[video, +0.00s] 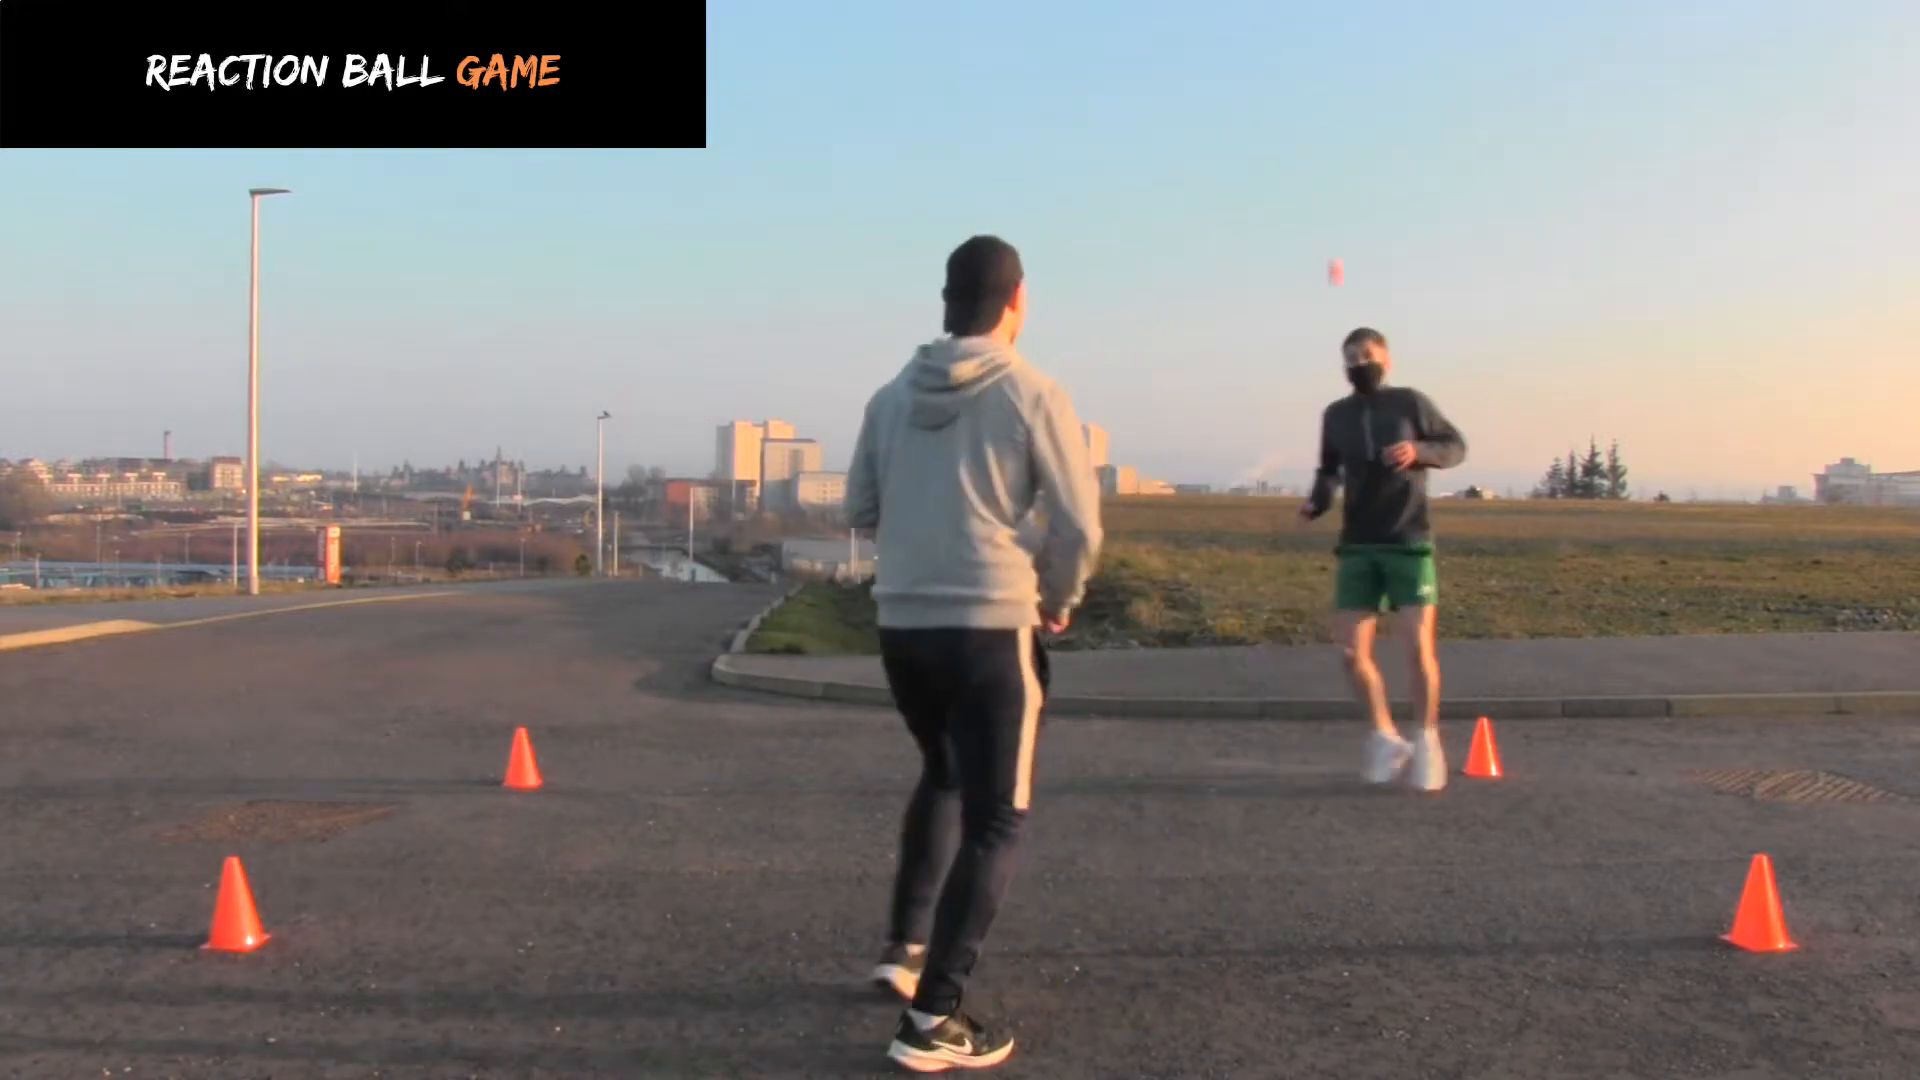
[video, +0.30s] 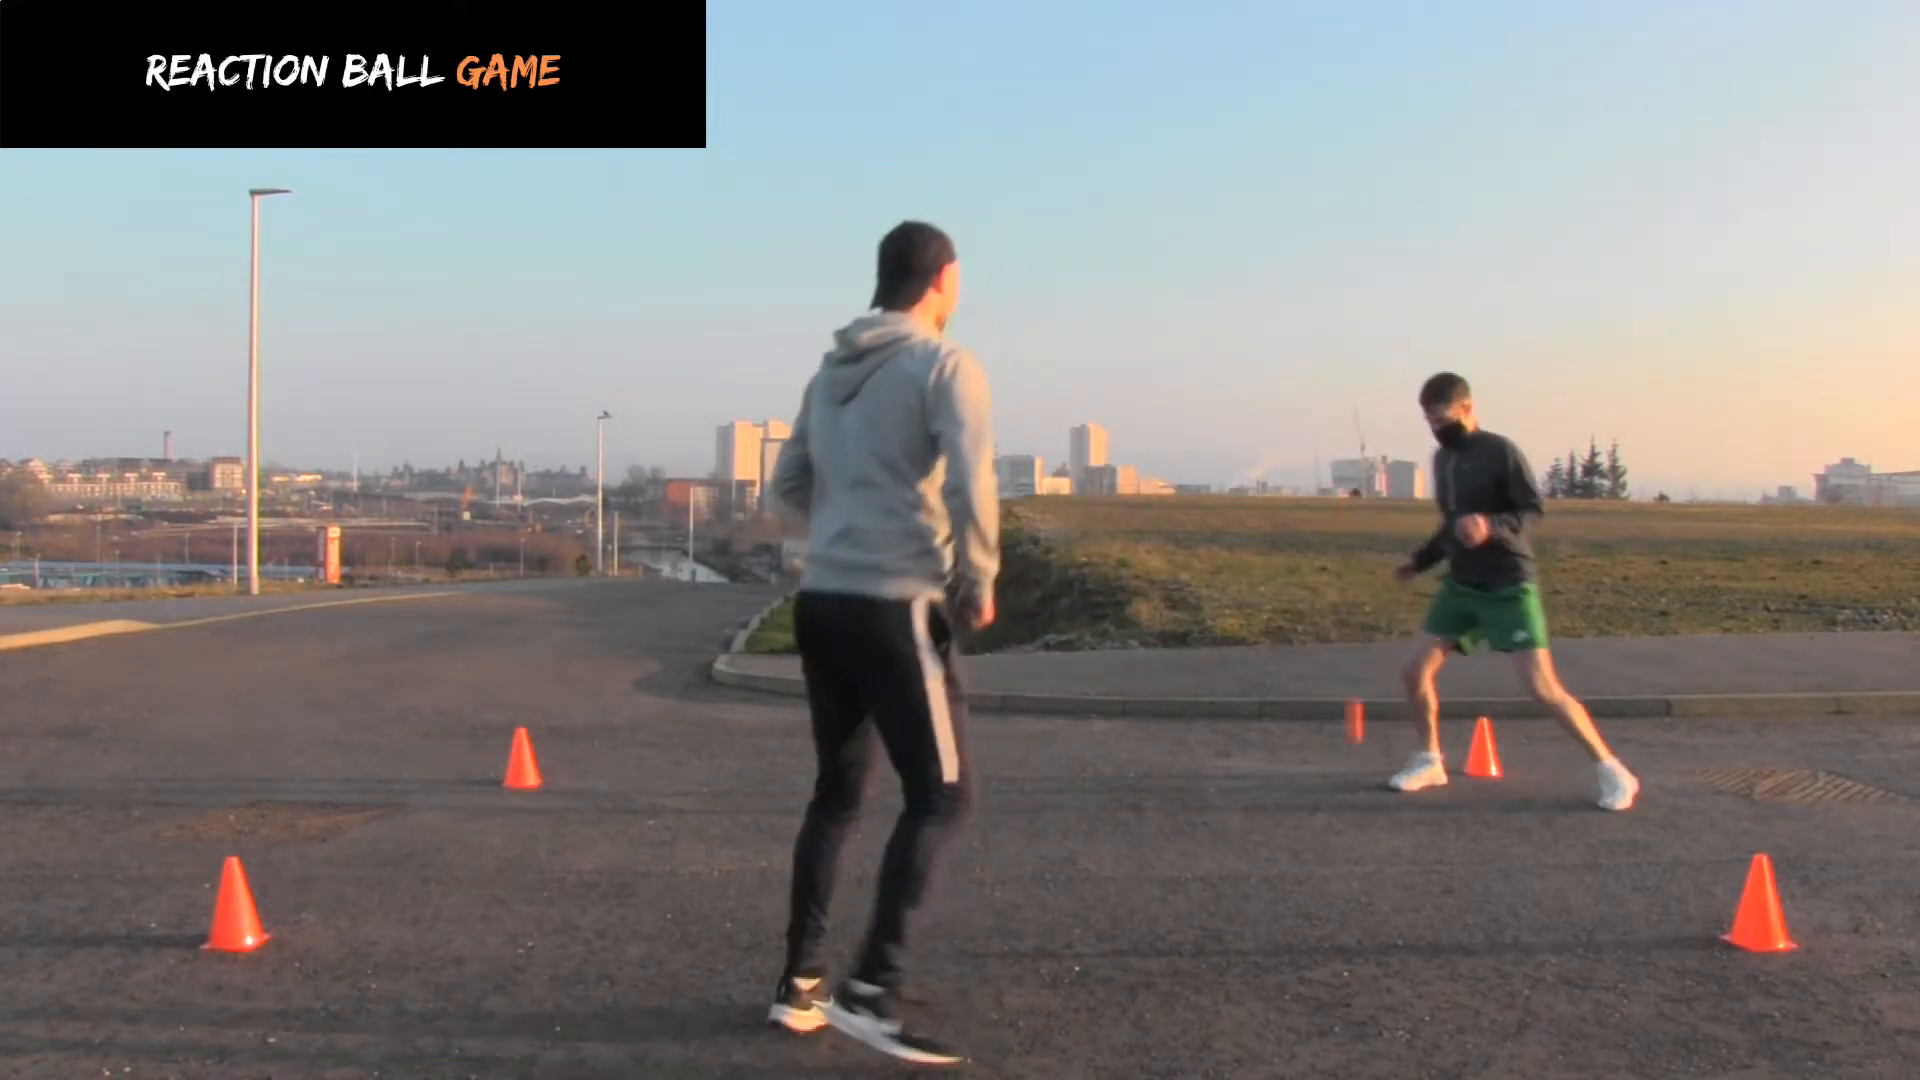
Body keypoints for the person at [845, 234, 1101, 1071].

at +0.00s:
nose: (1026, 308)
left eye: (1018, 295)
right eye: (1025, 297)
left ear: (945, 299)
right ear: (1016, 303)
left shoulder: (894, 397)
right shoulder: (1031, 393)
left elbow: (860, 506)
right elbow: (1078, 527)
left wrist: (933, 524)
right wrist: (1058, 601)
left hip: (902, 631)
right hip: (990, 634)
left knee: (943, 776)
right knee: (997, 822)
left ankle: (906, 947)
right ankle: (934, 1017)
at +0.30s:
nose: (958, 292)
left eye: (954, 277)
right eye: (956, 279)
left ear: (883, 280)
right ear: (939, 283)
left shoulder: (832, 371)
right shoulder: (946, 364)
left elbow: (786, 490)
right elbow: (970, 481)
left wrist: (861, 516)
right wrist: (980, 581)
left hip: (821, 601)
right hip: (896, 605)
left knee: (838, 790)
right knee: (941, 795)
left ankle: (800, 984)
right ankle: (871, 990)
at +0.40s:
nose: (933, 306)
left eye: (929, 292)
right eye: (931, 293)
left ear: (863, 291)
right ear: (913, 294)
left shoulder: (804, 384)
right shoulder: (919, 380)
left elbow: (755, 493)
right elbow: (932, 505)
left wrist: (808, 556)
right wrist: (946, 604)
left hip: (797, 617)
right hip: (870, 620)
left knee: (826, 793)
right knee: (901, 804)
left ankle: (793, 979)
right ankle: (774, 957)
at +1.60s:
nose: (887, 318)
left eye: (885, 305)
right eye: (883, 306)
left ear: (824, 312)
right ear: (864, 314)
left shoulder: (782, 389)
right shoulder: (863, 391)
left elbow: (758, 484)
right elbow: (876, 500)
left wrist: (798, 547)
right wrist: (902, 589)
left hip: (774, 579)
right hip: (827, 582)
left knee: (814, 714)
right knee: (850, 738)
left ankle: (774, 852)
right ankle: (823, 906)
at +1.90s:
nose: (850, 373)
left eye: (850, 361)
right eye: (848, 362)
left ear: (798, 360)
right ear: (827, 363)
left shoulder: (765, 426)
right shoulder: (822, 430)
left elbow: (822, 504)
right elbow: (838, 524)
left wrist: (891, 479)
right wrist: (871, 605)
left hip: (754, 612)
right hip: (806, 615)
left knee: (785, 737)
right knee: (880, 741)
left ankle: (724, 864)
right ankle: (828, 860)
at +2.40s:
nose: (947, 446)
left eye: (951, 434)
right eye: (948, 432)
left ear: (917, 417)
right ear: (923, 418)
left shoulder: (858, 450)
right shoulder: (892, 463)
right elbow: (883, 555)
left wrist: (899, 596)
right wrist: (910, 624)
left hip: (797, 594)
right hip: (831, 603)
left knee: (804, 695)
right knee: (906, 695)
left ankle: (752, 801)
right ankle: (823, 770)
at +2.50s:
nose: (959, 454)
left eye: (960, 445)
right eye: (961, 444)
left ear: (930, 427)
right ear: (950, 435)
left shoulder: (882, 460)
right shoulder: (912, 475)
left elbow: (881, 563)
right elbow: (908, 563)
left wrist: (915, 628)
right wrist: (941, 625)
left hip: (813, 596)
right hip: (846, 607)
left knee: (819, 699)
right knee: (921, 685)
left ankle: (757, 796)